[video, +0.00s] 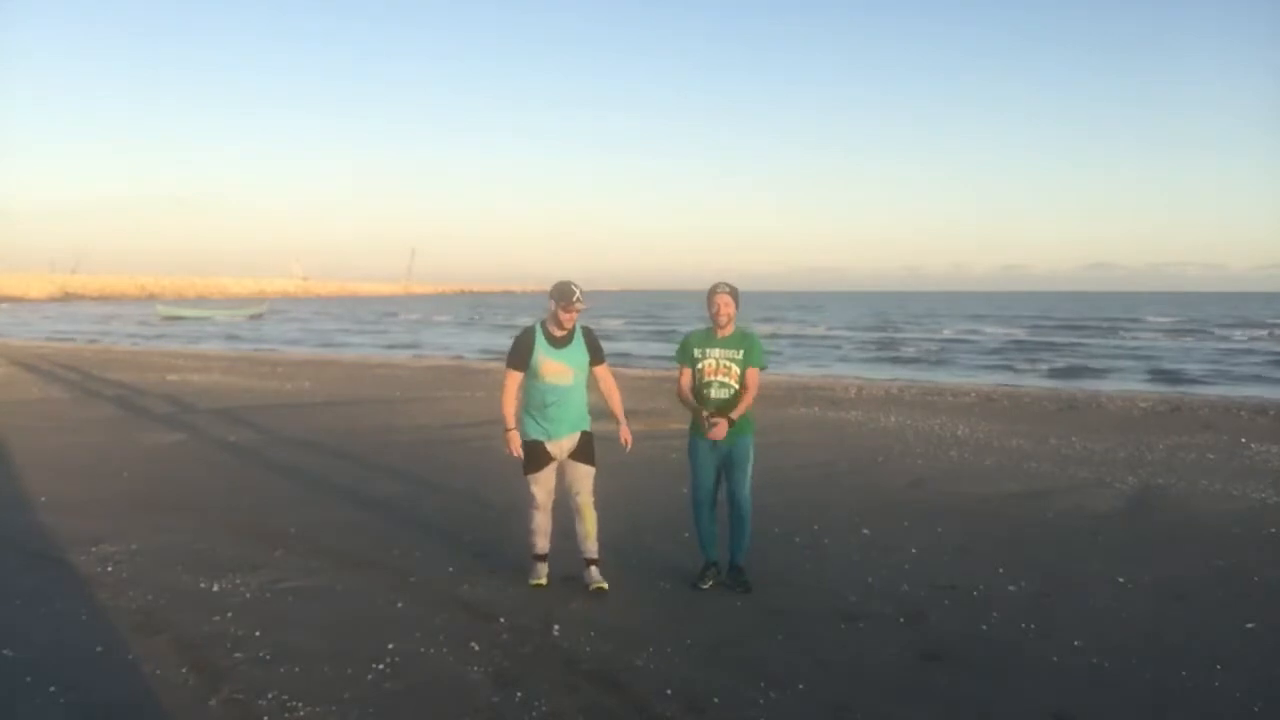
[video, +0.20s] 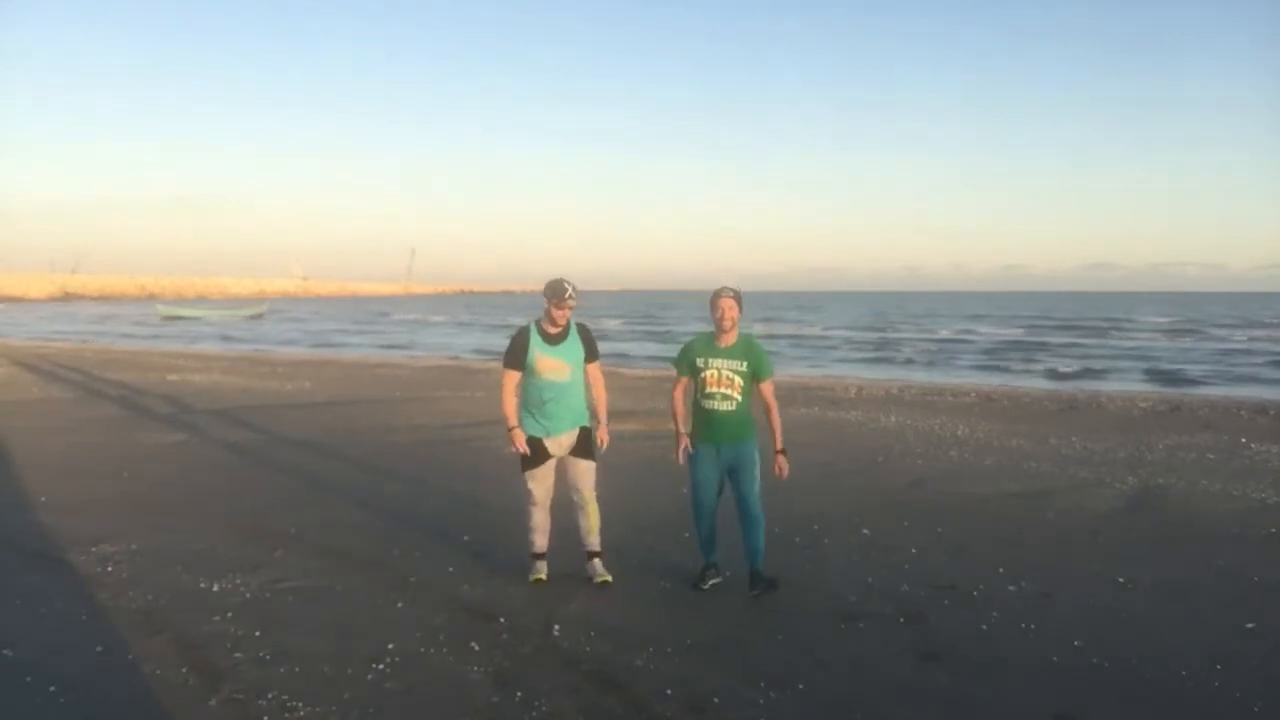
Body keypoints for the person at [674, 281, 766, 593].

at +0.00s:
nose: (720, 310)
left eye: (726, 305)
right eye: (715, 305)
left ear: (735, 308)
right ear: (709, 309)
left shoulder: (749, 343)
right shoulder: (693, 341)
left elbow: (751, 389)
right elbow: (683, 387)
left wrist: (728, 419)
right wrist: (700, 413)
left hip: (738, 430)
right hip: (702, 430)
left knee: (739, 498)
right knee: (703, 498)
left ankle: (737, 565)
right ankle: (711, 563)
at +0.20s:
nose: (723, 314)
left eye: (729, 309)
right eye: (718, 309)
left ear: (739, 313)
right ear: (711, 314)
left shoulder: (752, 350)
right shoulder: (695, 348)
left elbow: (771, 402)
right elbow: (679, 391)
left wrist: (779, 449)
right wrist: (681, 432)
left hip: (742, 441)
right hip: (703, 441)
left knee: (751, 508)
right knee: (703, 507)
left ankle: (756, 572)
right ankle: (709, 566)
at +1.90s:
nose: (732, 312)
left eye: (737, 305)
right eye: (725, 306)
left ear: (745, 309)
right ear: (715, 311)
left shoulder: (764, 348)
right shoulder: (701, 350)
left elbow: (780, 397)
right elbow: (691, 397)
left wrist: (775, 438)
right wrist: (698, 425)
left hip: (757, 448)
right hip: (716, 450)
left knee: (765, 518)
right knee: (714, 518)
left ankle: (767, 591)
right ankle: (721, 587)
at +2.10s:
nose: (741, 306)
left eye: (744, 300)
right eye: (733, 301)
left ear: (751, 305)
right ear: (720, 307)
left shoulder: (766, 344)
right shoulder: (702, 345)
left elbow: (800, 374)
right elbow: (662, 377)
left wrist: (807, 400)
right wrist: (677, 398)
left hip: (760, 444)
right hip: (718, 445)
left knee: (772, 513)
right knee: (716, 516)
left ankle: (772, 587)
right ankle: (720, 586)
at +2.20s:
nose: (746, 307)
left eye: (749, 301)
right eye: (739, 302)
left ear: (754, 305)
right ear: (724, 307)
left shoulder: (770, 342)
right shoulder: (706, 344)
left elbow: (811, 363)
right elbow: (661, 370)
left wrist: (810, 391)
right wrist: (675, 395)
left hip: (761, 445)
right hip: (721, 447)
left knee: (774, 515)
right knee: (718, 518)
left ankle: (780, 590)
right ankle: (721, 586)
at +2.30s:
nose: (750, 310)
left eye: (752, 303)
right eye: (742, 304)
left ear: (758, 308)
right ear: (727, 309)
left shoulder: (773, 344)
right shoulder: (710, 347)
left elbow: (813, 368)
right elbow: (665, 374)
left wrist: (808, 395)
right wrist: (676, 404)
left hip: (765, 446)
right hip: (724, 448)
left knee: (775, 517)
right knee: (718, 519)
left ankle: (780, 593)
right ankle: (721, 587)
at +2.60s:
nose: (748, 329)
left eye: (755, 323)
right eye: (743, 323)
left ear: (766, 325)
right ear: (736, 325)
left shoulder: (786, 363)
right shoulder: (720, 364)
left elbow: (800, 412)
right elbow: (707, 409)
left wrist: (789, 427)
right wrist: (711, 429)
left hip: (773, 456)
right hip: (732, 456)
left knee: (787, 531)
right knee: (727, 528)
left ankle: (781, 596)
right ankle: (732, 595)